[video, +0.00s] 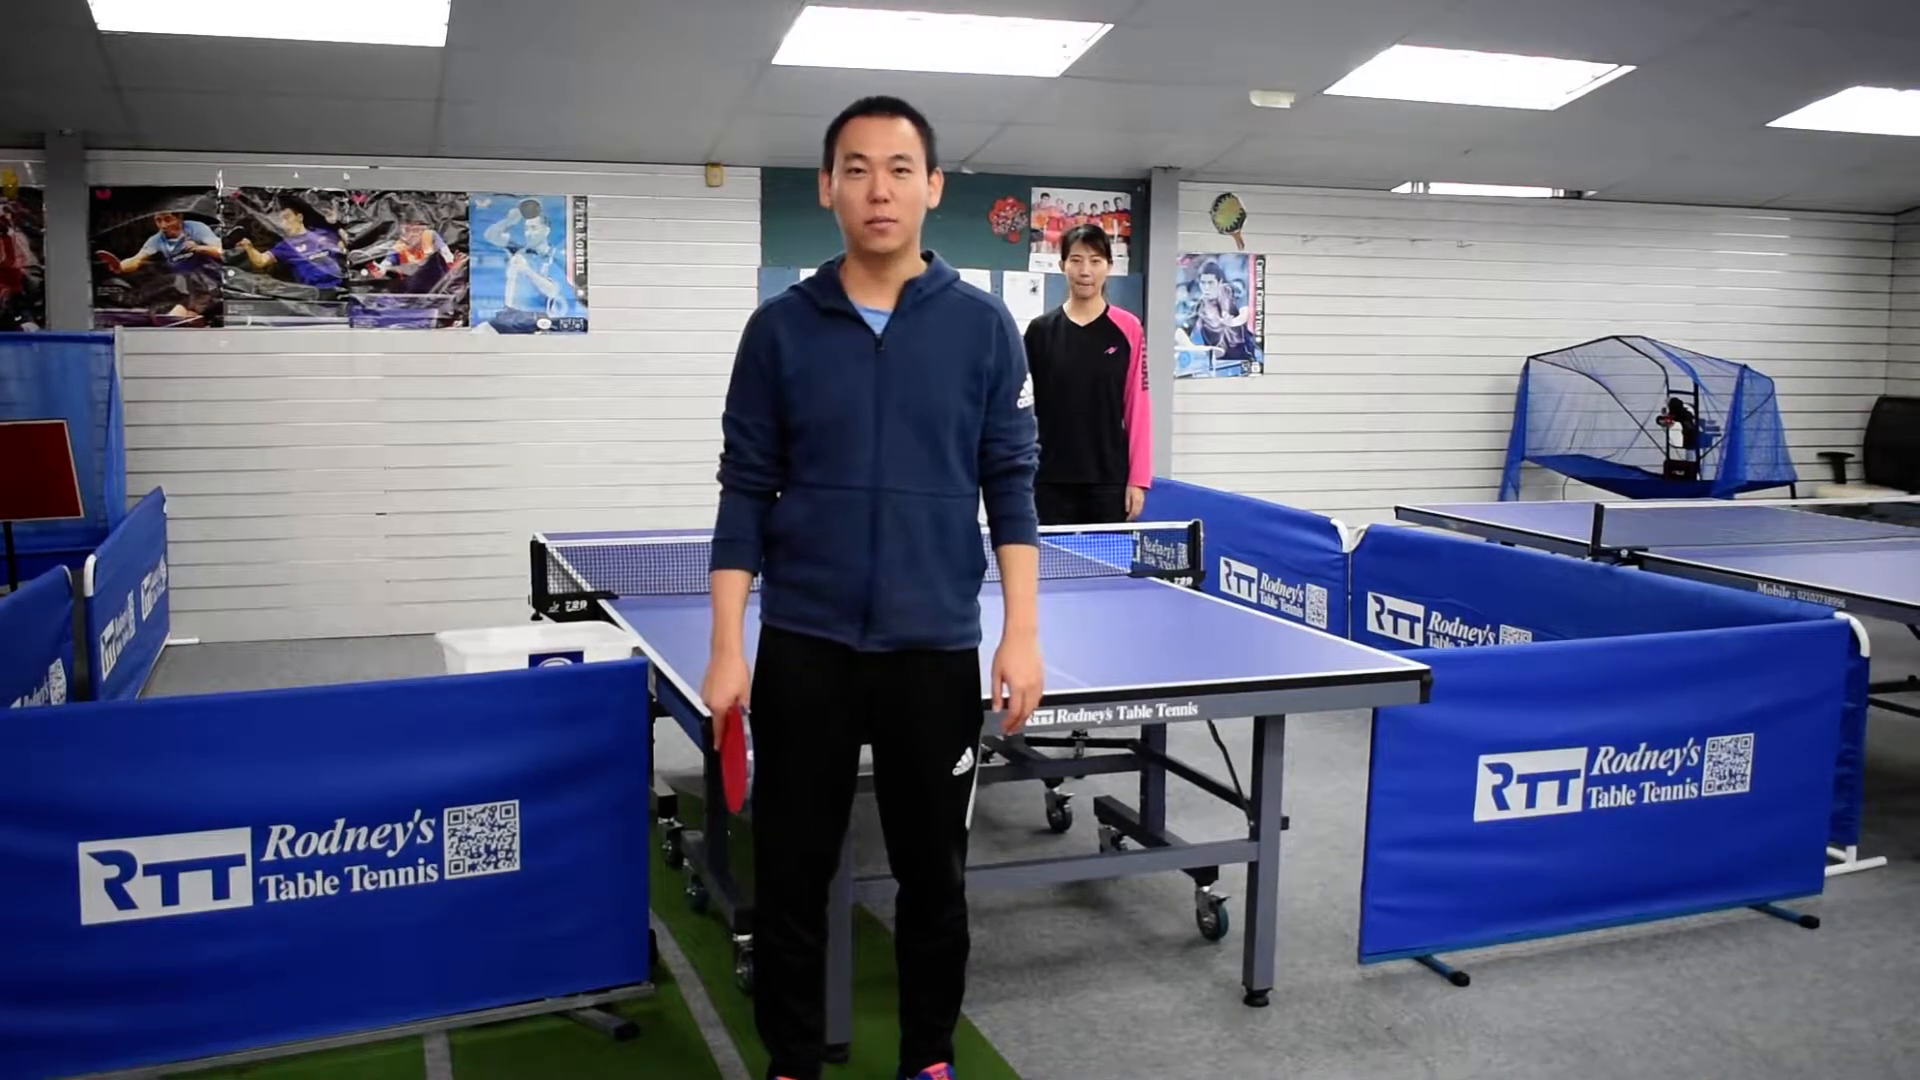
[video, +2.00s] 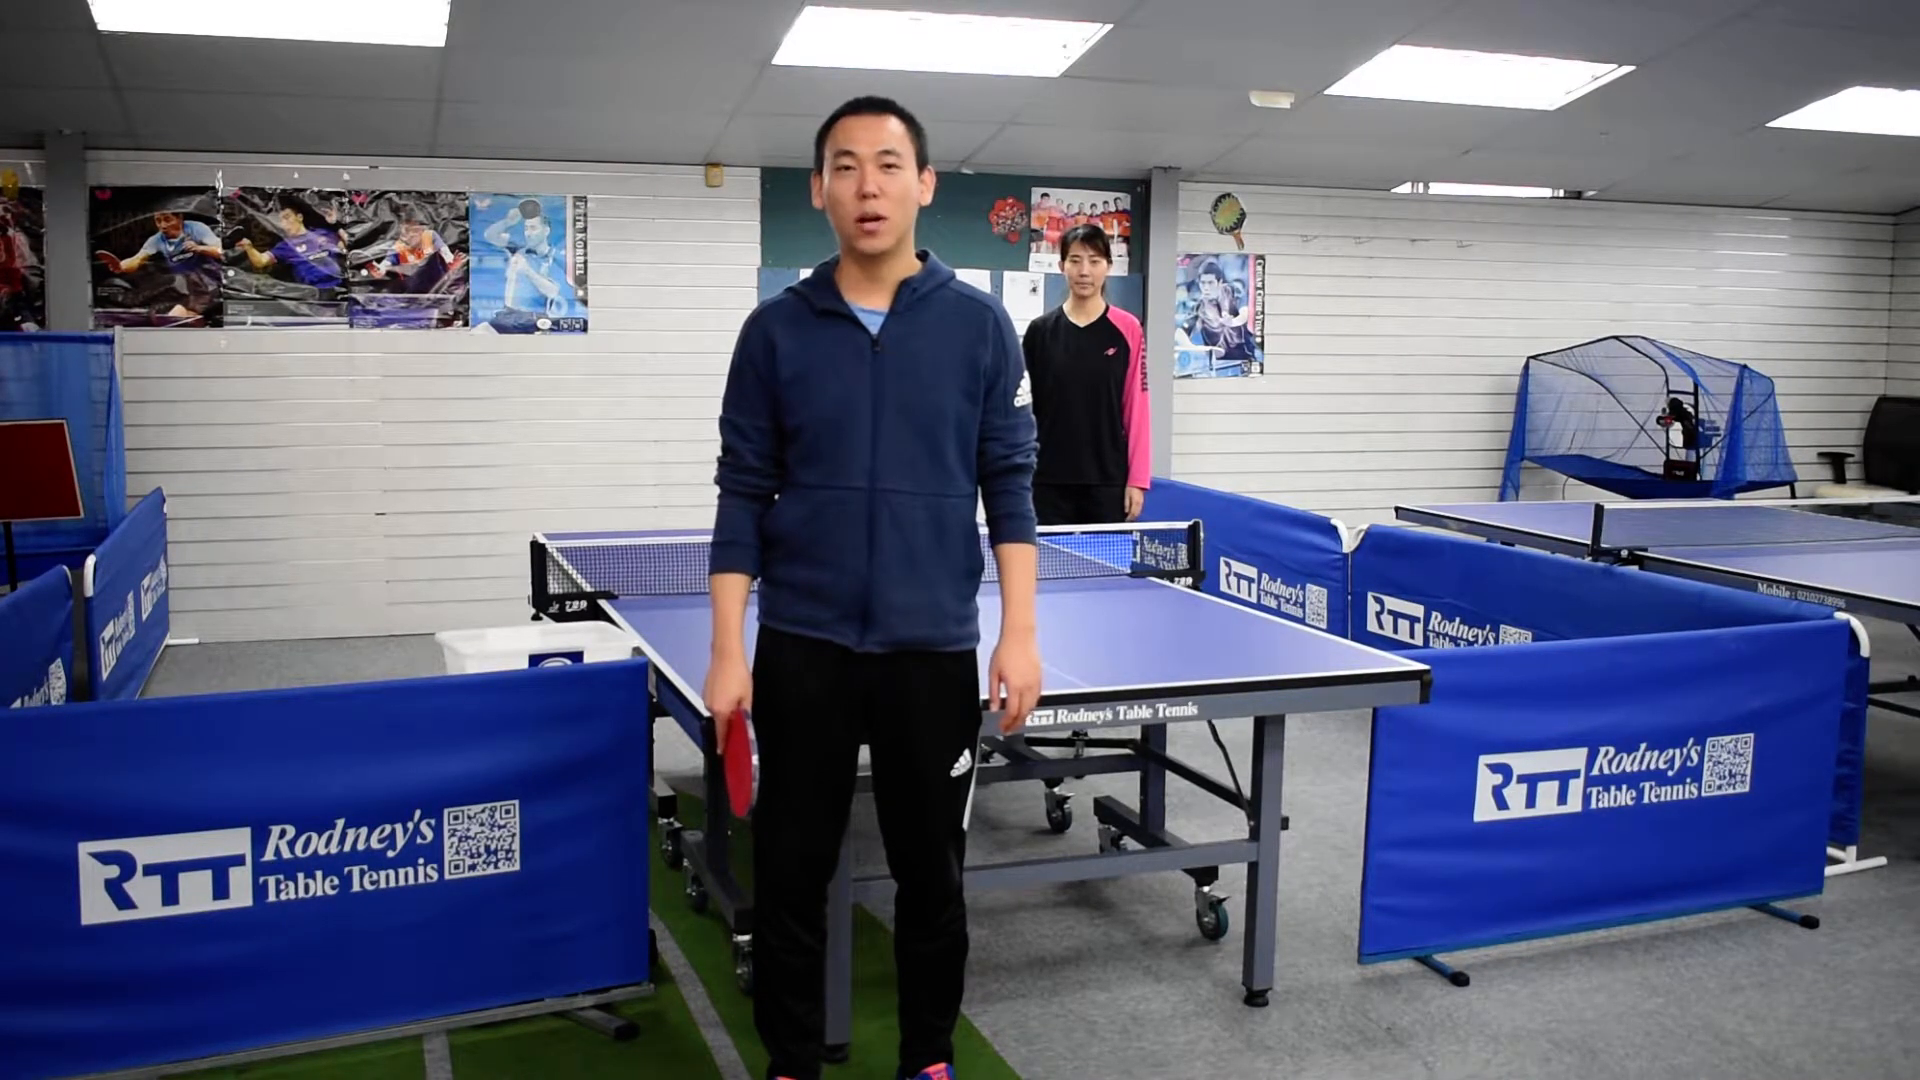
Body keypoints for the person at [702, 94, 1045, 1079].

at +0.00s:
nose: (877, 188)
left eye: (899, 169)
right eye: (856, 169)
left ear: (932, 190)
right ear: (829, 191)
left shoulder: (983, 327)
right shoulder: (780, 327)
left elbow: (1012, 485)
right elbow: (743, 488)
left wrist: (1022, 632)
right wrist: (726, 645)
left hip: (933, 645)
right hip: (805, 643)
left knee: (932, 874)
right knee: (790, 875)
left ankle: (930, 1060)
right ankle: (792, 1061)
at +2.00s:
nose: (866, 185)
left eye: (888, 165)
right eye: (844, 166)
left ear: (924, 188)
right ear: (820, 192)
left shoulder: (979, 327)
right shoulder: (776, 330)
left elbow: (1011, 485)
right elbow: (740, 490)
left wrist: (1020, 633)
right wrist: (727, 649)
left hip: (932, 645)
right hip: (804, 644)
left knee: (930, 874)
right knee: (789, 875)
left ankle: (929, 1060)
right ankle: (791, 1062)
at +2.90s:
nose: (866, 193)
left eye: (887, 174)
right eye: (845, 175)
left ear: (923, 190)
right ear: (820, 194)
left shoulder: (977, 326)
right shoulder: (775, 330)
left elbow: (1010, 483)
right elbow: (740, 491)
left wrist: (1019, 632)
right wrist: (727, 651)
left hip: (932, 644)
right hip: (804, 643)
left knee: (930, 873)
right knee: (789, 875)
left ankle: (929, 1061)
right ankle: (791, 1062)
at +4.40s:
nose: (868, 186)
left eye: (890, 167)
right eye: (848, 168)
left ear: (926, 189)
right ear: (823, 192)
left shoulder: (979, 326)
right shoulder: (777, 329)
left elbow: (1013, 483)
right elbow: (742, 491)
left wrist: (1024, 632)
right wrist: (730, 651)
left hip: (934, 645)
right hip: (806, 644)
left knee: (932, 871)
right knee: (791, 873)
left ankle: (930, 1059)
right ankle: (791, 1061)